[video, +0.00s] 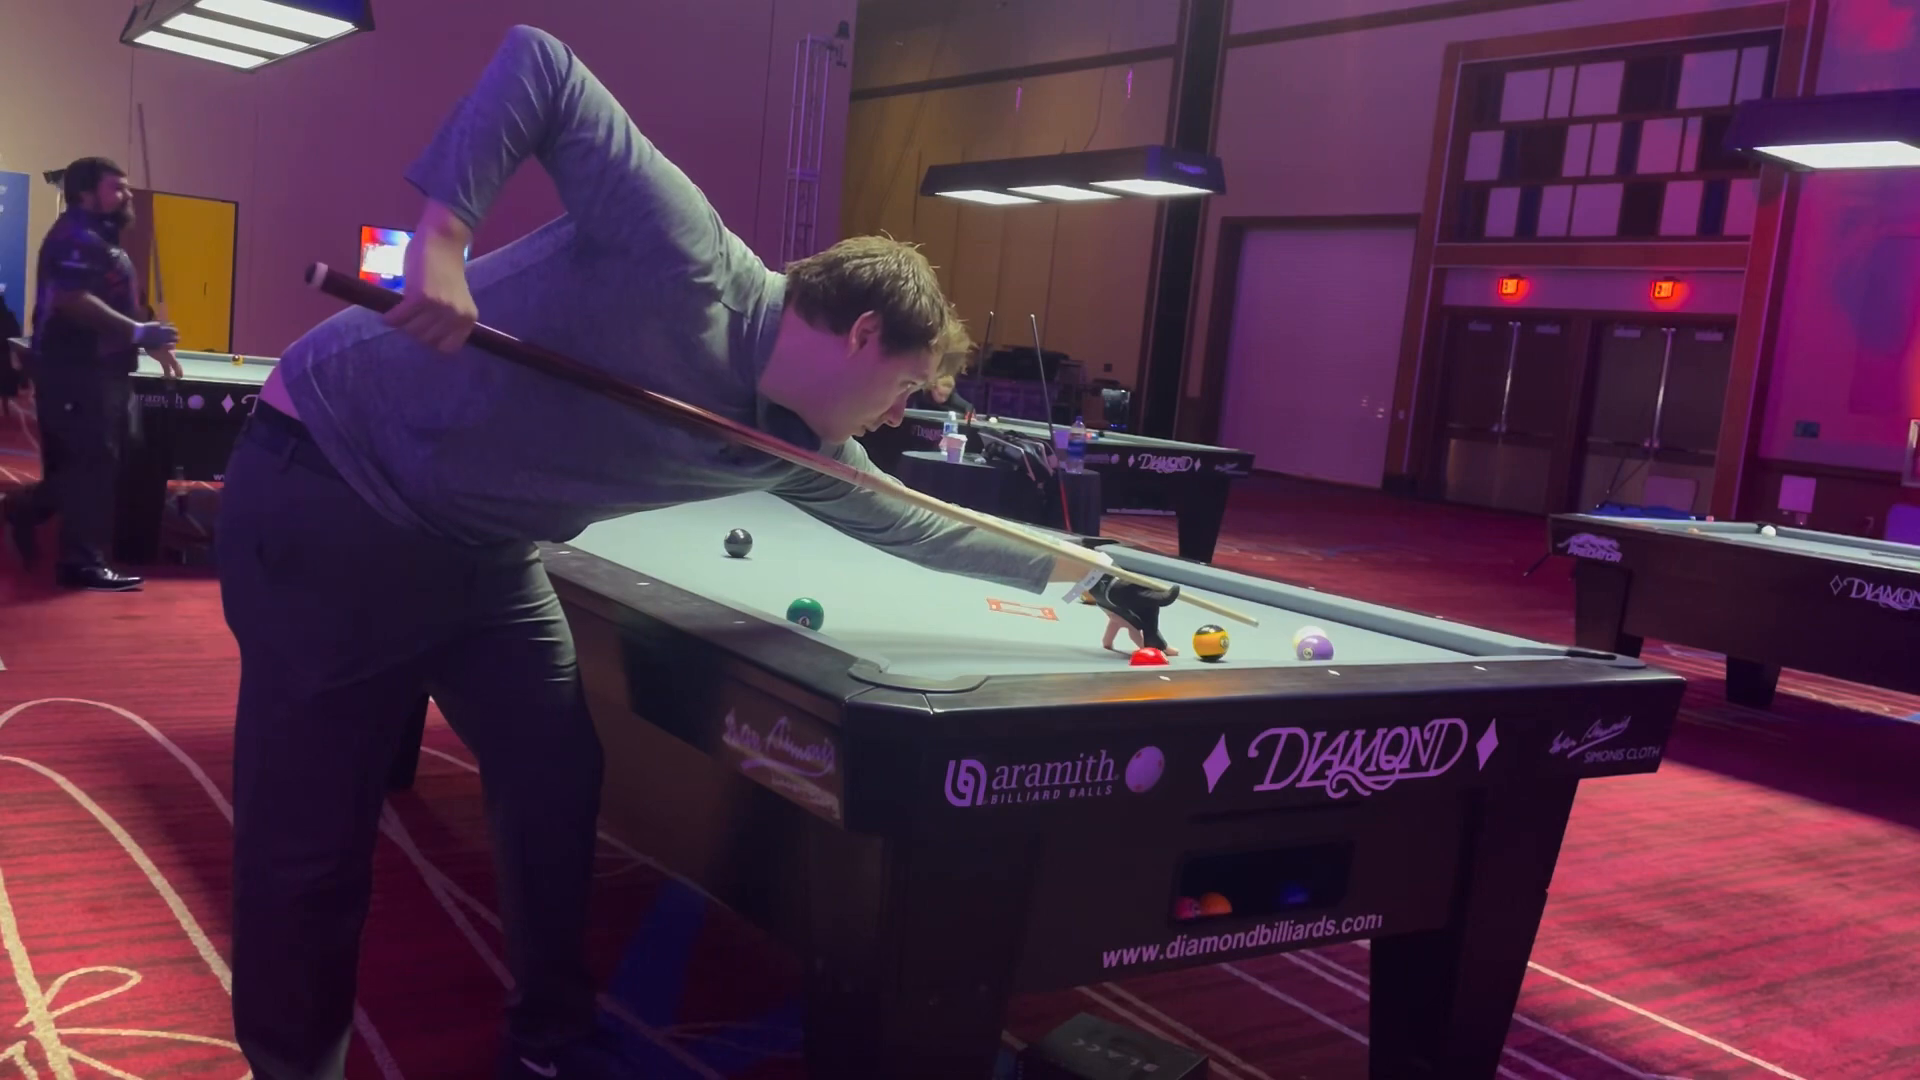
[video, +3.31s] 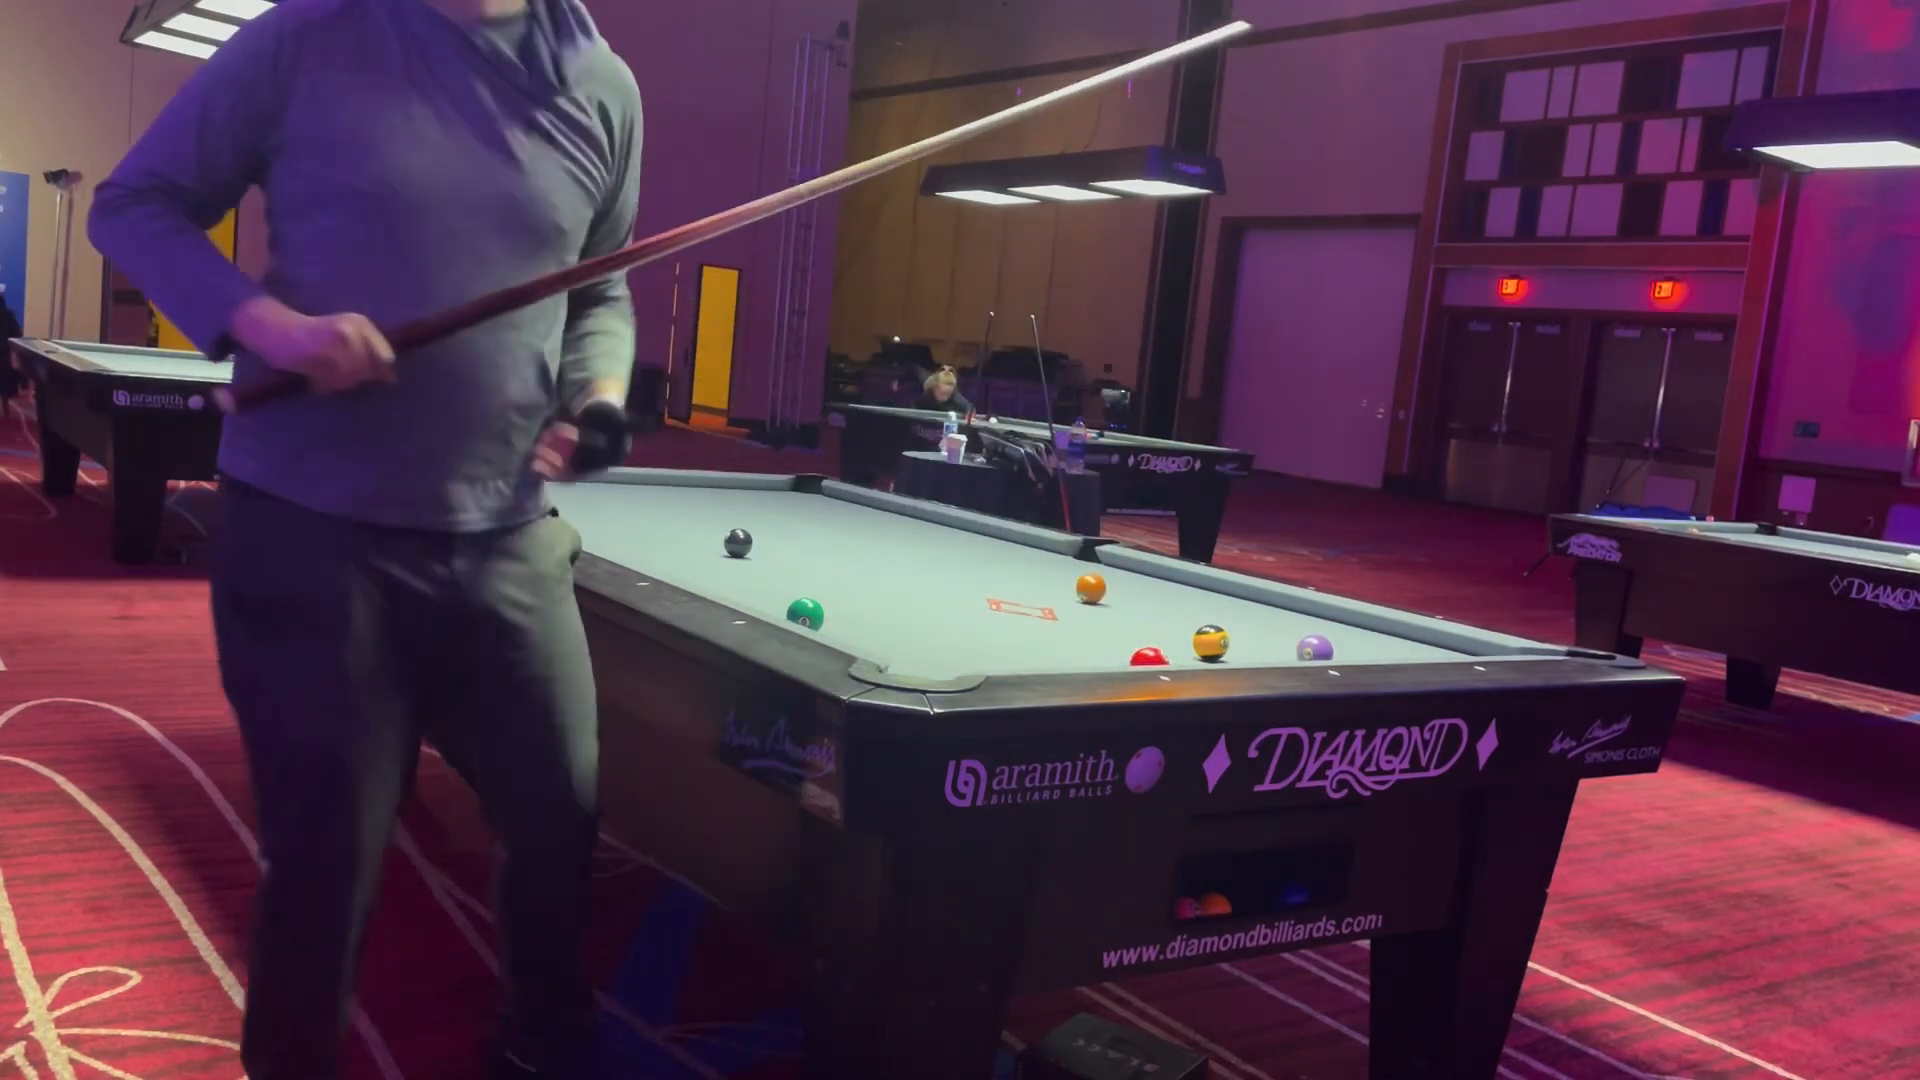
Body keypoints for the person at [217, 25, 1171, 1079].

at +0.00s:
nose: (892, 423)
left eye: (909, 405)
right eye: (903, 393)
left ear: (852, 344)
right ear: (857, 334)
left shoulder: (787, 436)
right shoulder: (678, 241)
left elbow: (912, 525)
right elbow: (535, 68)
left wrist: (1068, 561)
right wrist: (437, 239)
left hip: (482, 532)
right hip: (329, 478)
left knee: (553, 761)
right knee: (310, 827)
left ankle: (547, 1031)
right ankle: (293, 1056)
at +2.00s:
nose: (901, 418)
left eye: (915, 400)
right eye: (911, 389)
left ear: (856, 338)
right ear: (865, 327)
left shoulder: (783, 432)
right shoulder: (688, 264)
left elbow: (911, 525)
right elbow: (488, 129)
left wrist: (1066, 563)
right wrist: (530, 335)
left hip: (484, 530)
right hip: (335, 479)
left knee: (556, 766)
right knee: (315, 814)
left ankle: (549, 1029)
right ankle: (293, 1052)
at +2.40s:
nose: (888, 245)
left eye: (899, 223)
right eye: (883, 212)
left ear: (818, 187)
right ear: (810, 171)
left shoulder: (775, 320)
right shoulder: (631, 184)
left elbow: (879, 412)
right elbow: (393, 187)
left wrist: (1031, 480)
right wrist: (501, 364)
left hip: (488, 526)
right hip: (345, 488)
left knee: (547, 773)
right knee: (340, 820)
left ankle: (552, 1030)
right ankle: (304, 1063)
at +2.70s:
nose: (774, 154)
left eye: (800, 132)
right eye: (762, 113)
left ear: (814, 127)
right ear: (687, 61)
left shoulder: (722, 221)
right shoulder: (544, 122)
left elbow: (819, 293)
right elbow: (318, 197)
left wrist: (965, 326)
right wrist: (473, 346)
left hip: (507, 525)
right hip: (363, 501)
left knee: (558, 776)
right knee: (376, 802)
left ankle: (548, 1038)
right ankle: (312, 1063)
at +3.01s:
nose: (702, 63)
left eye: (730, 37)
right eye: (682, 21)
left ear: (745, 44)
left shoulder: (677, 165)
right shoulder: (469, 96)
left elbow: (717, 261)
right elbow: (261, 227)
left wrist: (872, 294)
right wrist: (439, 352)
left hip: (520, 522)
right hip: (375, 514)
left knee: (551, 791)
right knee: (390, 805)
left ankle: (548, 1032)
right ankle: (317, 1060)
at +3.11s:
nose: (630, 6)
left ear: (676, 12)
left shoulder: (643, 128)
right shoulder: (415, 81)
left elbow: (640, 272)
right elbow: (220, 222)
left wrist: (750, 342)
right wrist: (402, 345)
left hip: (526, 525)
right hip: (374, 522)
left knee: (545, 803)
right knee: (395, 818)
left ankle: (549, 1034)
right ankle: (320, 1064)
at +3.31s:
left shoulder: (603, 87)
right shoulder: (306, 37)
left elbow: (601, 284)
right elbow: (131, 204)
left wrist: (594, 394)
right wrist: (267, 323)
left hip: (512, 539)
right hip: (318, 533)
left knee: (562, 816)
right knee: (329, 871)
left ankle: (541, 1046)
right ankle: (292, 1062)